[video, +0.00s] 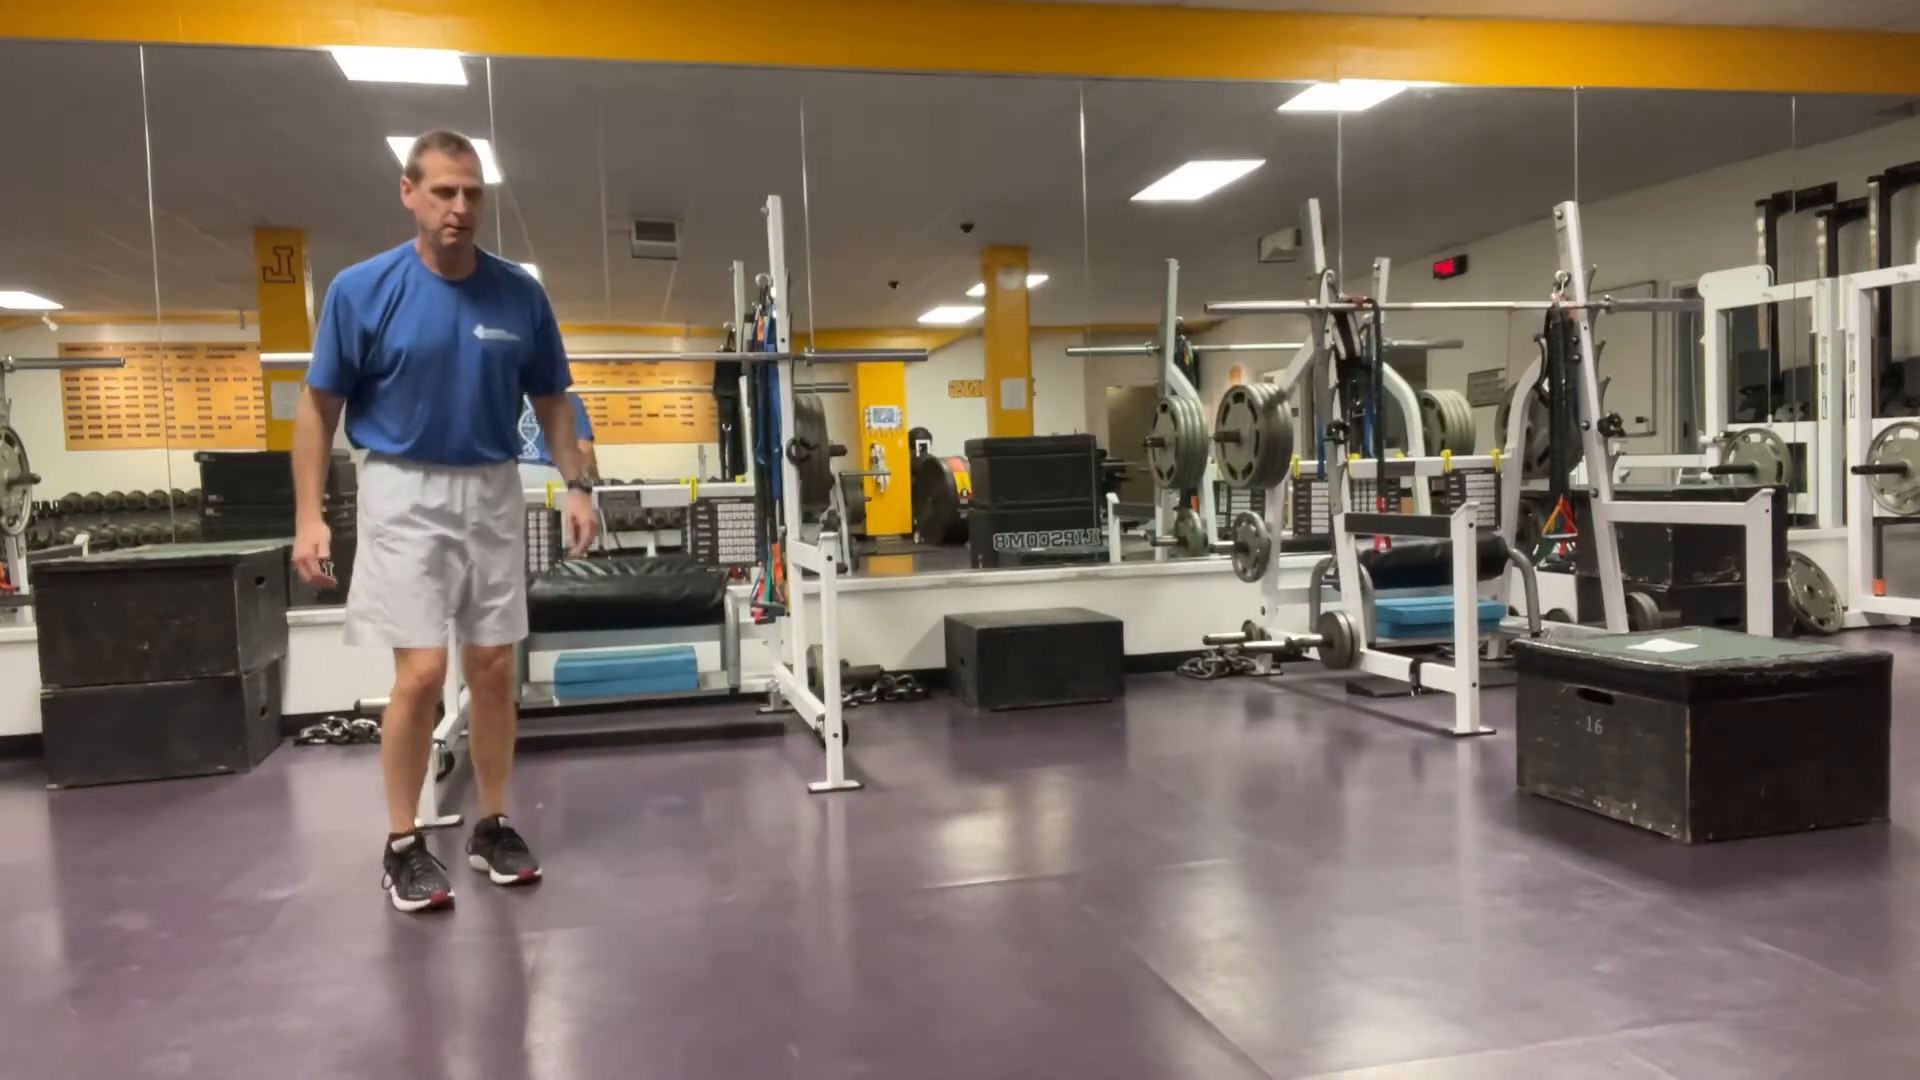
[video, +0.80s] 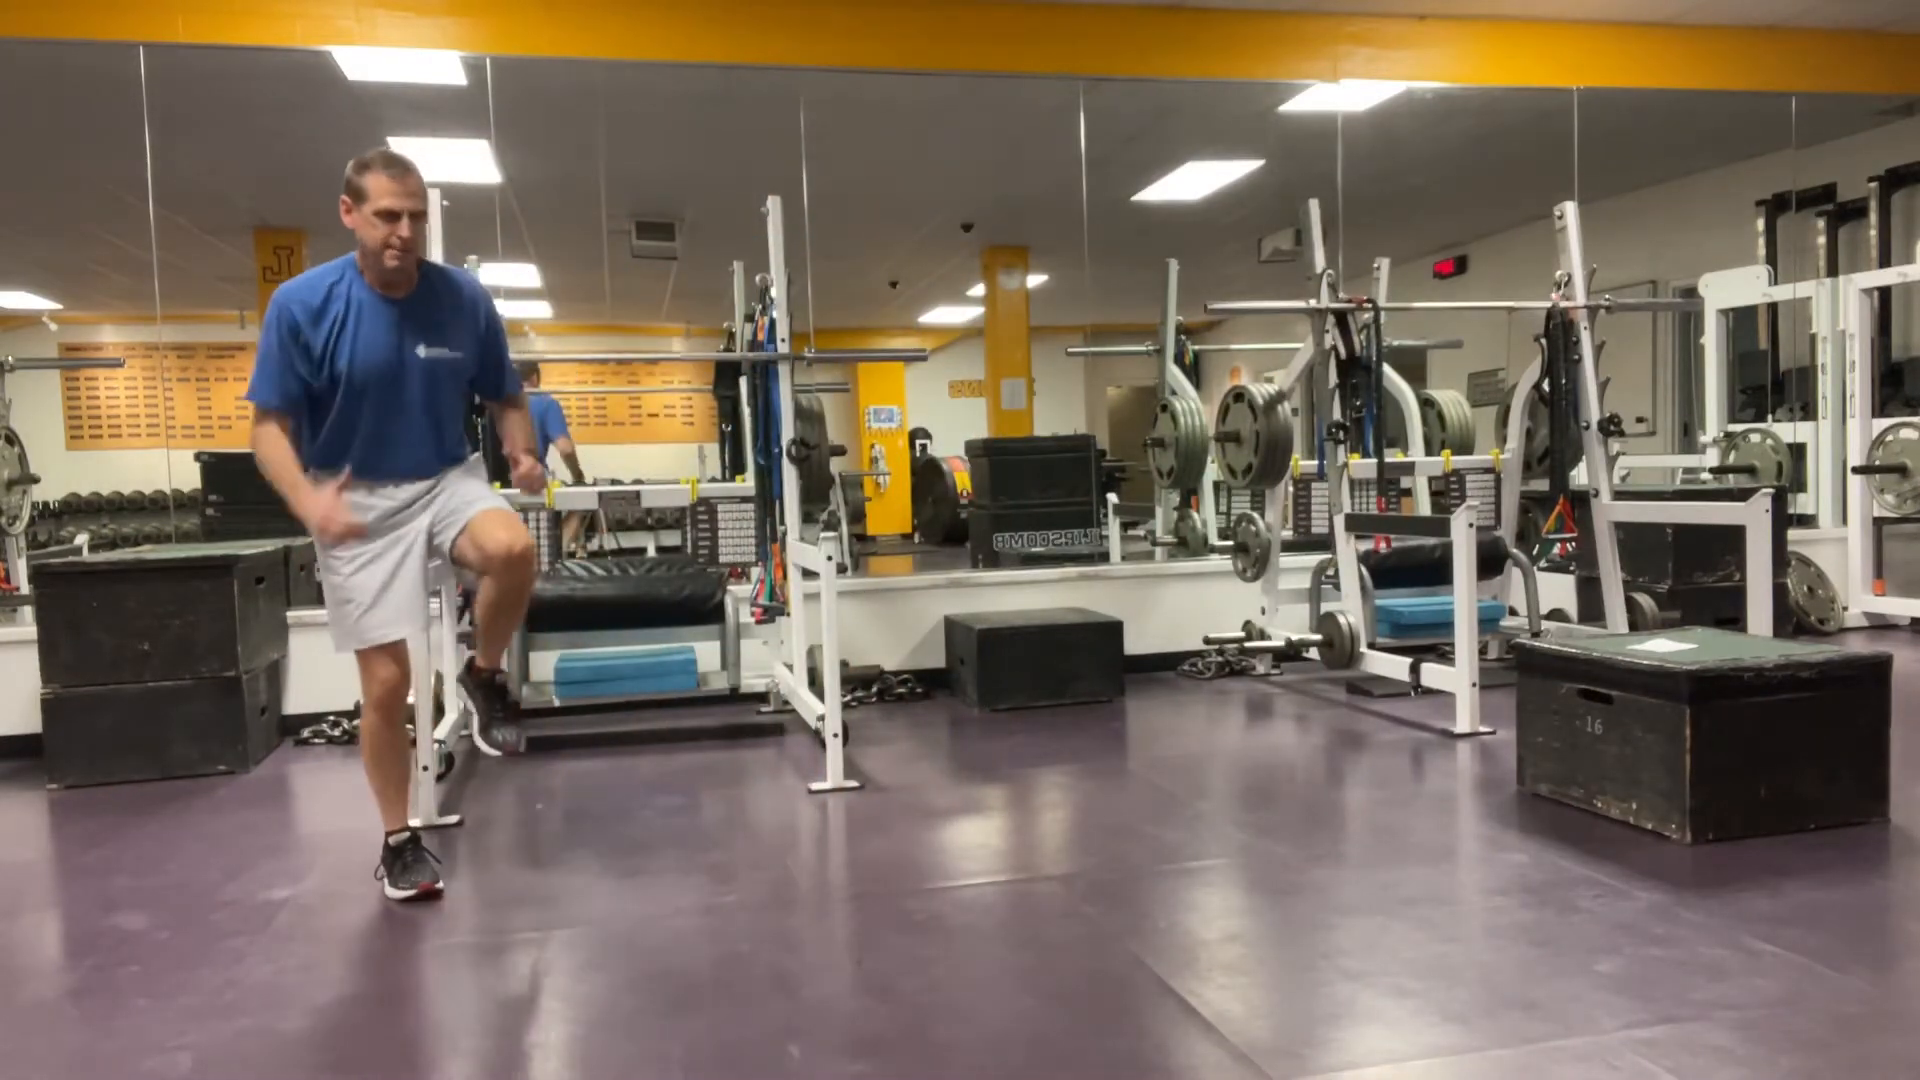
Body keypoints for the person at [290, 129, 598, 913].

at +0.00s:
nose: (460, 207)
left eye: (471, 193)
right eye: (444, 193)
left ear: (483, 199)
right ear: (409, 195)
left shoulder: (519, 295)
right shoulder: (358, 292)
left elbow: (553, 398)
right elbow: (317, 407)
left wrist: (579, 483)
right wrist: (309, 518)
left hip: (492, 494)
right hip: (402, 494)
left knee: (493, 667)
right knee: (422, 674)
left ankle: (496, 825)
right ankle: (404, 842)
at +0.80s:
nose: (403, 232)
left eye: (414, 216)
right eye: (387, 217)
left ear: (428, 218)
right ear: (350, 216)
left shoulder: (464, 299)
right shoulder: (301, 305)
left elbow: (506, 398)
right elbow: (269, 426)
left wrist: (521, 453)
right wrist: (308, 500)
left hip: (449, 485)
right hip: (356, 503)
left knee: (512, 549)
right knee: (387, 685)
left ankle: (485, 674)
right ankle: (400, 839)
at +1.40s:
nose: (447, 263)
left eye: (455, 247)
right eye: (429, 248)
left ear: (469, 248)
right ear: (385, 250)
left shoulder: (498, 314)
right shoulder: (350, 334)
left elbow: (598, 357)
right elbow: (363, 418)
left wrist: (580, 295)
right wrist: (455, 324)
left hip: (483, 527)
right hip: (393, 549)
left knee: (569, 616)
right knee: (442, 730)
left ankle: (542, 761)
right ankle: (405, 837)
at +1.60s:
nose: (501, 109)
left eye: (514, 94)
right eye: (480, 93)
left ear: (528, 103)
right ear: (439, 107)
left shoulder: (554, 161)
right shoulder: (418, 181)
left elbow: (661, 103)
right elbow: (388, 121)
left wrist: (624, 13)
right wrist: (460, 8)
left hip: (553, 414)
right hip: (461, 438)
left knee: (701, 458)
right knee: (493, 664)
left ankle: (653, 606)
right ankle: (442, 783)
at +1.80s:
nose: (616, 123)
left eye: (627, 106)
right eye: (597, 106)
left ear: (644, 105)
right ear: (550, 104)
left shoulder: (668, 176)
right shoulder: (502, 179)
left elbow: (785, 188)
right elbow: (330, 215)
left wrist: (789, 160)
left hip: (632, 421)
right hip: (535, 450)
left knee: (796, 429)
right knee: (613, 659)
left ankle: (687, 556)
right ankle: (647, 896)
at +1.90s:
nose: (682, 197)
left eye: (689, 178)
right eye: (662, 179)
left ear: (702, 176)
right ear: (606, 180)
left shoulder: (712, 252)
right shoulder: (541, 284)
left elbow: (801, 296)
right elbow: (401, 390)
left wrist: (815, 304)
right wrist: (477, 479)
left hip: (690, 499)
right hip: (592, 532)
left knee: (857, 503)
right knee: (687, 734)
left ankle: (765, 649)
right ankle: (701, 984)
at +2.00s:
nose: (744, 253)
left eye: (749, 233)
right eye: (720, 235)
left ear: (758, 234)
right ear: (659, 239)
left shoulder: (764, 332)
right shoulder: (604, 357)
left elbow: (819, 448)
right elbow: (518, 529)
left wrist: (829, 442)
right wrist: (637, 592)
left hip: (723, 557)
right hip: (626, 592)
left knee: (879, 626)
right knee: (744, 752)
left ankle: (815, 789)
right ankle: (709, 988)